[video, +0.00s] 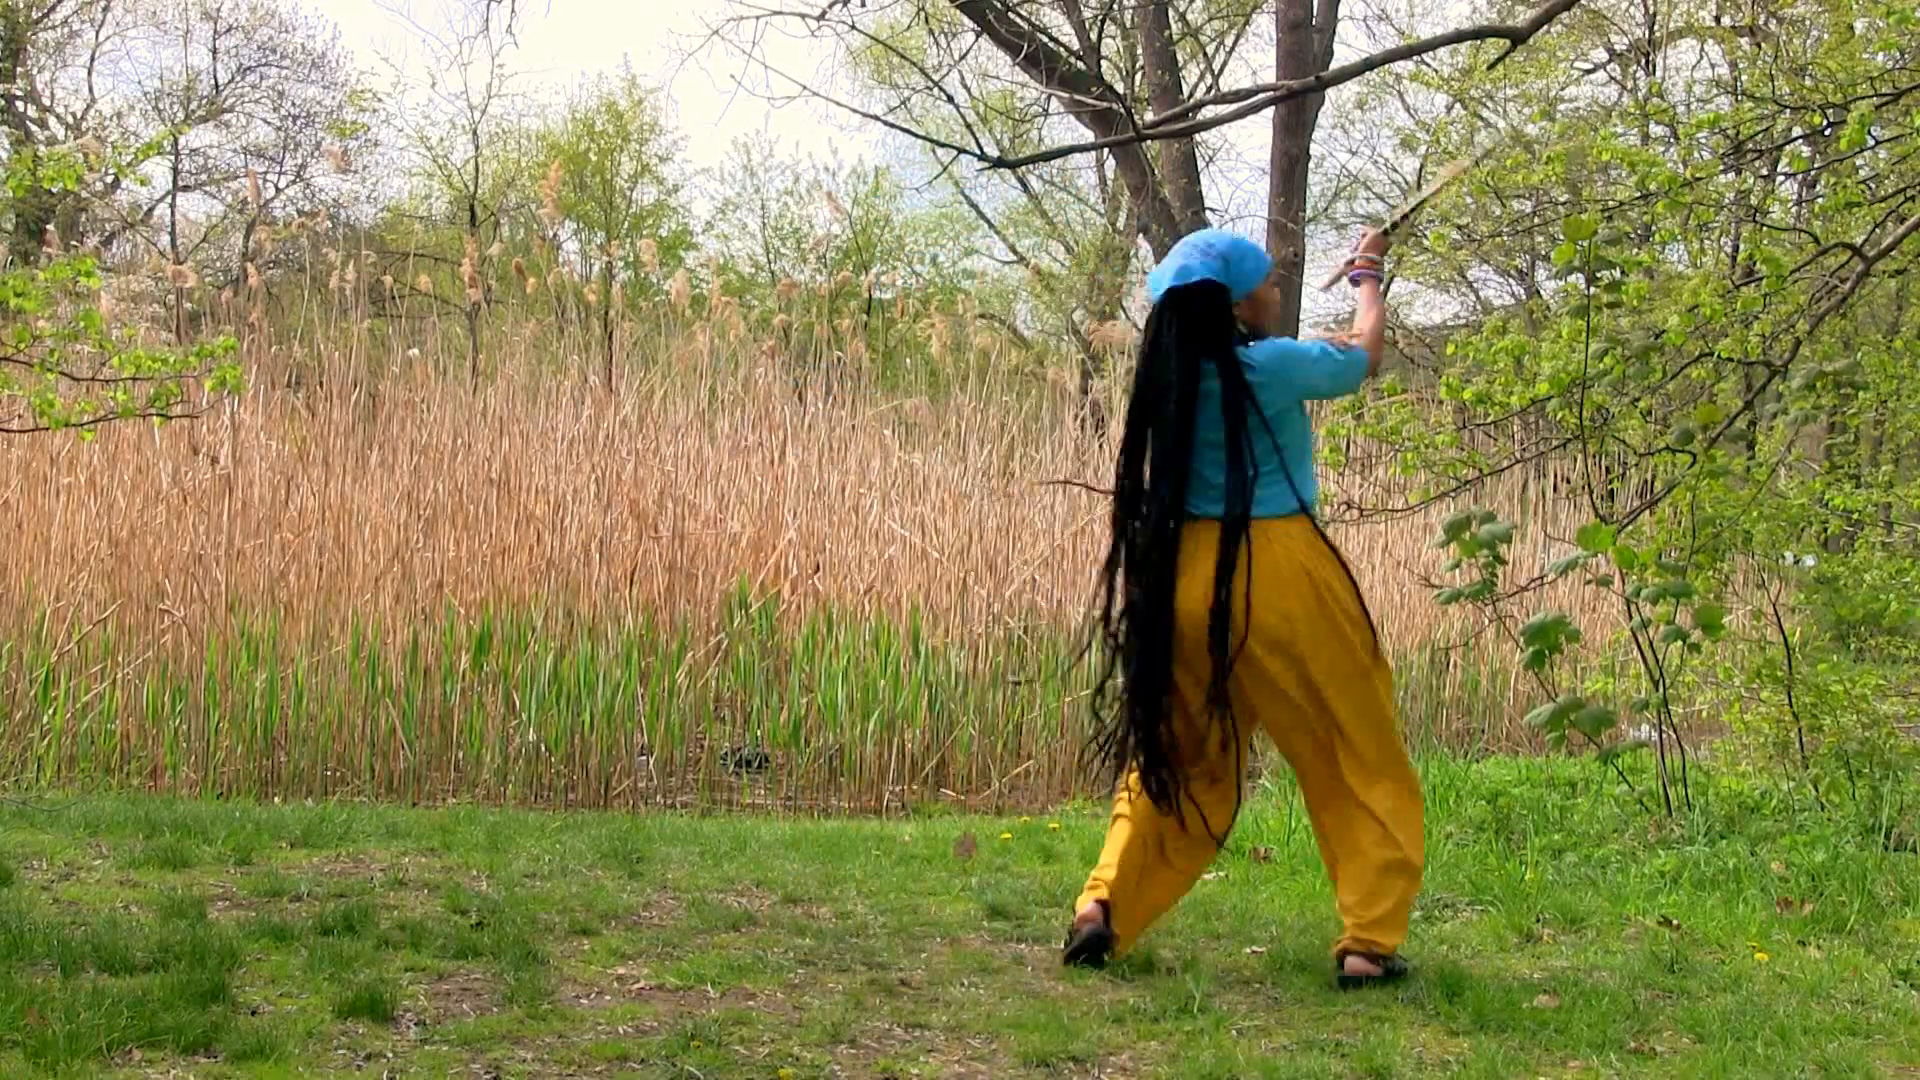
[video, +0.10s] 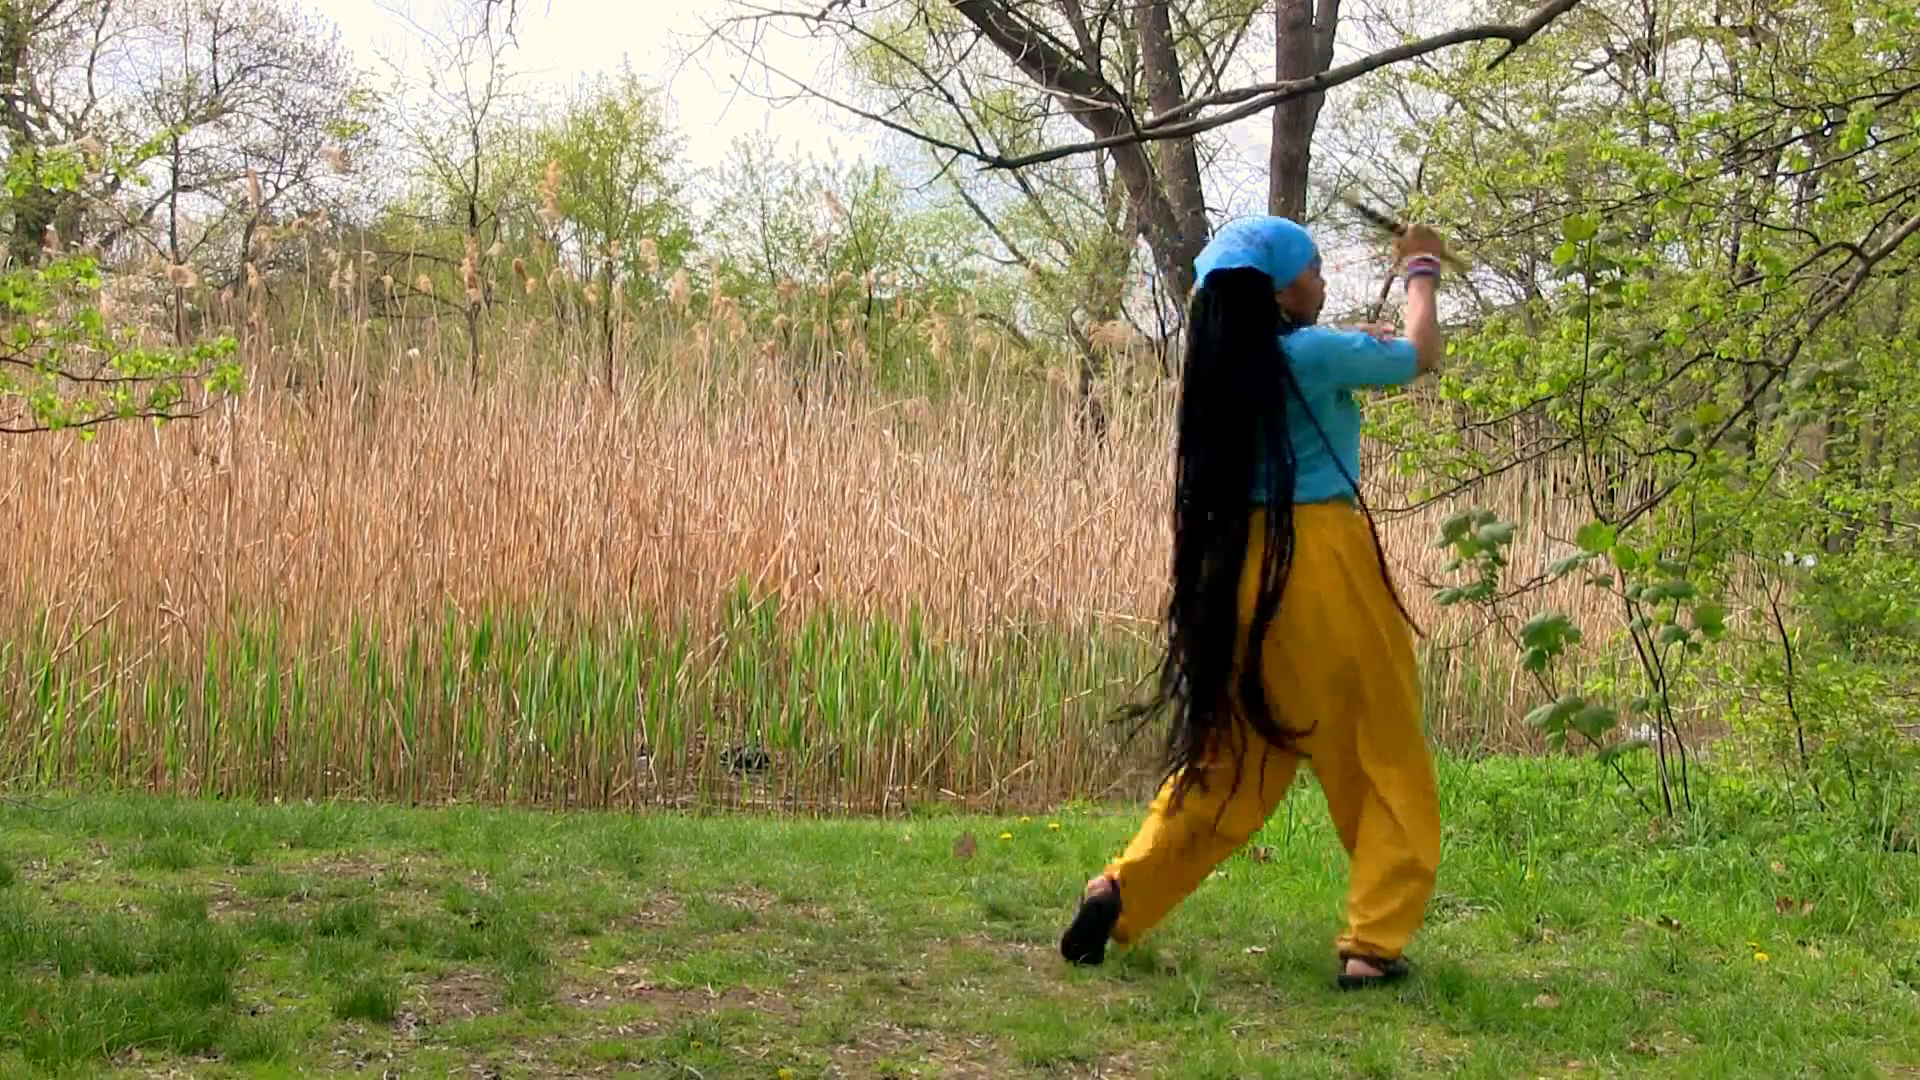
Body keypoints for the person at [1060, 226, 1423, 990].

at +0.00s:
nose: (1276, 289)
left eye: (1271, 278)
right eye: (1266, 279)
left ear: (1190, 304)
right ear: (1236, 301)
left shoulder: (1168, 371)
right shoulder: (1276, 362)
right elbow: (1361, 355)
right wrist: (1370, 278)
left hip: (1182, 567)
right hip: (1280, 568)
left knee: (1172, 750)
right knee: (1354, 749)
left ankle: (1101, 901)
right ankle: (1367, 941)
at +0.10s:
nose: (1322, 282)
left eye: (1318, 268)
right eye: (1312, 271)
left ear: (1240, 293)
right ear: (1276, 289)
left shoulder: (1220, 360)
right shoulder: (1313, 351)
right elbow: (1418, 353)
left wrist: (1396, 290)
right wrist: (1419, 276)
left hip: (1234, 557)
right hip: (1322, 557)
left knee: (1234, 749)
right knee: (1384, 750)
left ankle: (1122, 885)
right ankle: (1371, 945)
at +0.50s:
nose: (1473, 272)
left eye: (1467, 259)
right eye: (1459, 262)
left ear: (1434, 276)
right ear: (1417, 279)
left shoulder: (1454, 323)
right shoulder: (1352, 351)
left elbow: (1567, 302)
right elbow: (1295, 462)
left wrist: (1679, 276)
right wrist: (1320, 556)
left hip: (1444, 545)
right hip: (1379, 545)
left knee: (1518, 685)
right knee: (1432, 734)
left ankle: (1494, 870)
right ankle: (1363, 936)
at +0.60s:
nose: (1497, 289)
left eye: (1493, 276)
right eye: (1484, 279)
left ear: (1457, 288)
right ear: (1440, 293)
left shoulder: (1489, 343)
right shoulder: (1365, 351)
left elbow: (1585, 371)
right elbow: (1292, 445)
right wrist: (1291, 515)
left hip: (1462, 553)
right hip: (1394, 554)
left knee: (1523, 715)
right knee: (1457, 740)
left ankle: (1544, 890)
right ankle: (1353, 923)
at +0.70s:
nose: (1517, 343)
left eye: (1514, 329)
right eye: (1503, 333)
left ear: (1485, 344)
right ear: (1462, 349)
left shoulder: (1516, 394)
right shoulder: (1381, 401)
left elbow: (1545, 474)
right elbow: (1318, 500)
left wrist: (1617, 550)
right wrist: (1323, 527)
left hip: (1494, 592)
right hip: (1411, 599)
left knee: (1540, 758)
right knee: (1473, 771)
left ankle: (1550, 922)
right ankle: (1364, 923)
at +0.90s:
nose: (1508, 341)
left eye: (1505, 327)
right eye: (1497, 330)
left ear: (1465, 345)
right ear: (1456, 346)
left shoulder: (1476, 402)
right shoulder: (1414, 436)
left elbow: (1482, 526)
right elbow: (1462, 554)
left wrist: (1537, 594)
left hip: (1477, 598)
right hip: (1406, 605)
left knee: (1532, 759)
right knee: (1459, 771)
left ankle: (1550, 918)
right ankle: (1367, 930)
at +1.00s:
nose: (1493, 296)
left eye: (1489, 282)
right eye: (1479, 284)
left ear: (1443, 302)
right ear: (1436, 302)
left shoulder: (1458, 368)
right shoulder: (1401, 387)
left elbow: (1434, 467)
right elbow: (1463, 520)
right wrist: (1551, 585)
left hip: (1467, 572)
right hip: (1400, 582)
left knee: (1509, 740)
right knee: (1420, 761)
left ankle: (1465, 893)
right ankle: (1364, 928)